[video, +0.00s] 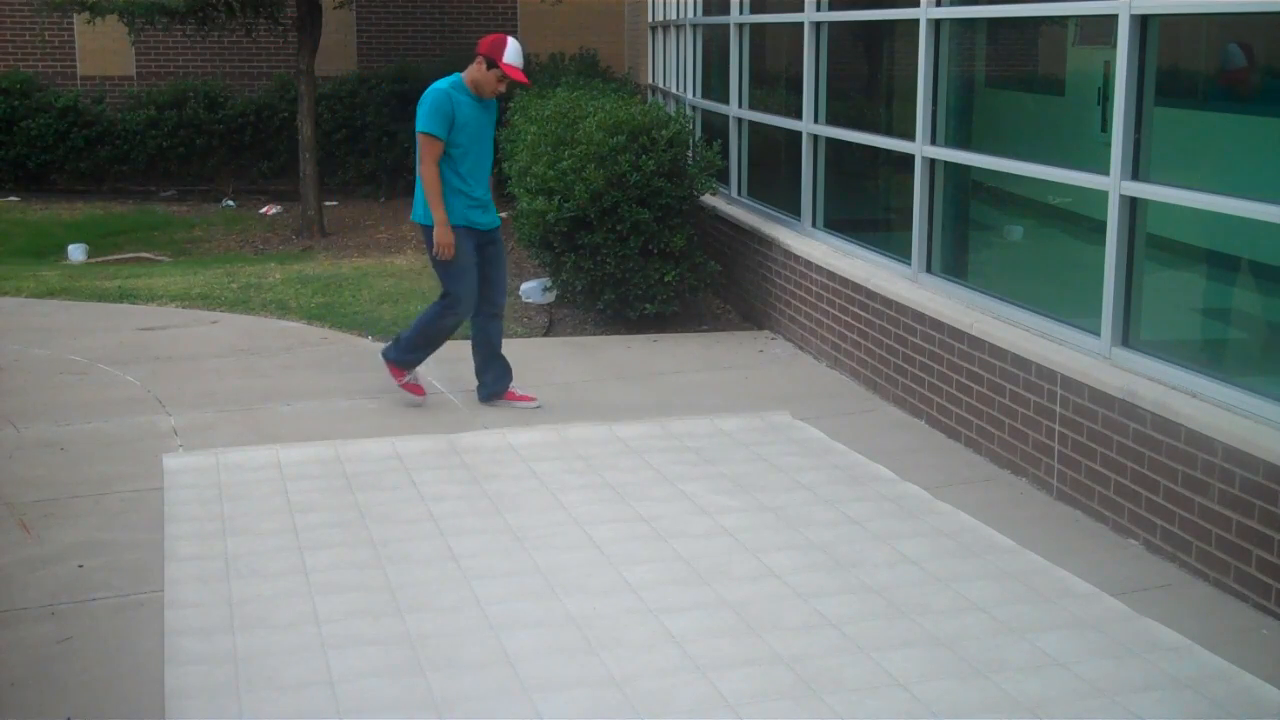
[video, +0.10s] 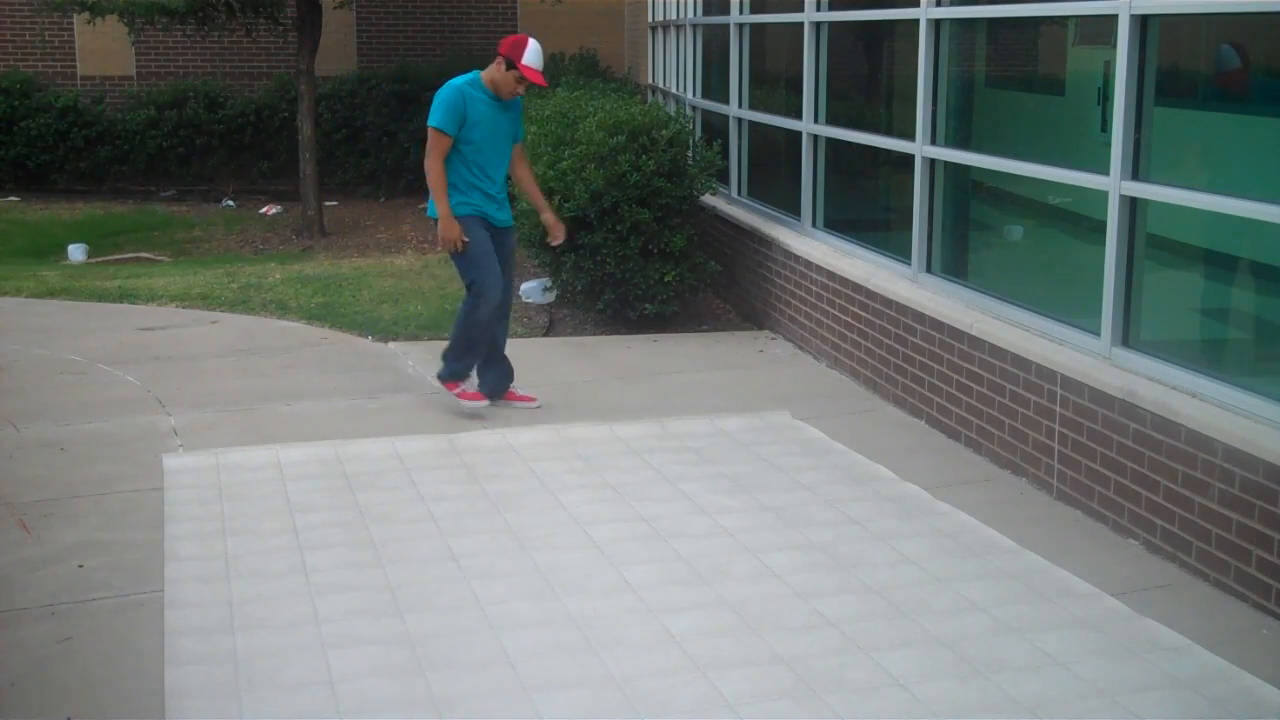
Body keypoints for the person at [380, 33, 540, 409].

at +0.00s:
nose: (503, 89)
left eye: (508, 83)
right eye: (500, 79)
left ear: (491, 71)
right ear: (479, 64)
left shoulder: (488, 102)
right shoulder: (440, 97)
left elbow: (481, 163)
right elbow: (427, 163)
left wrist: (490, 211)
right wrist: (441, 224)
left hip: (484, 220)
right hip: (448, 221)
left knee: (491, 305)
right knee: (460, 301)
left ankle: (493, 387)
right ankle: (399, 357)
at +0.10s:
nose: (522, 89)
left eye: (527, 83)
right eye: (519, 79)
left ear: (524, 77)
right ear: (499, 63)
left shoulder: (514, 103)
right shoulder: (456, 94)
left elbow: (518, 163)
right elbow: (433, 157)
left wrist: (546, 212)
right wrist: (445, 216)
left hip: (499, 213)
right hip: (460, 212)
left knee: (501, 296)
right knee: (488, 290)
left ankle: (495, 385)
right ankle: (452, 373)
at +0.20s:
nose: (536, 95)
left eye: (541, 90)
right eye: (534, 86)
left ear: (544, 84)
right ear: (515, 68)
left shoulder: (532, 109)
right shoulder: (469, 94)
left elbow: (550, 159)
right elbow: (441, 156)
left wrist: (592, 199)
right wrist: (449, 214)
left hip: (511, 210)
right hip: (472, 206)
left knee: (503, 292)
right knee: (504, 288)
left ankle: (496, 383)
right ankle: (503, 387)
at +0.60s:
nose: (592, 113)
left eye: (598, 108)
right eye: (592, 104)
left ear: (582, 88)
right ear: (576, 83)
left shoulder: (565, 108)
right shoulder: (534, 110)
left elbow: (575, 147)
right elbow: (502, 176)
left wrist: (610, 174)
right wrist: (496, 240)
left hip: (550, 226)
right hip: (527, 227)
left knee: (527, 306)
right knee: (558, 315)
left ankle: (502, 378)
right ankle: (566, 414)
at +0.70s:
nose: (614, 127)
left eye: (619, 123)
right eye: (614, 120)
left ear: (603, 99)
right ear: (598, 98)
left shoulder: (580, 106)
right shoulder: (556, 122)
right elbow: (523, 186)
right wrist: (531, 253)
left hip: (555, 226)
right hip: (541, 230)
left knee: (550, 304)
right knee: (568, 317)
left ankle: (508, 369)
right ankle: (567, 415)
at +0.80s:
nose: (625, 138)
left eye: (631, 133)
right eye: (624, 130)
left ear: (613, 105)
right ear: (608, 109)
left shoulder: (592, 96)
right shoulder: (569, 133)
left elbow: (544, 126)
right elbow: (536, 195)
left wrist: (518, 162)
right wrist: (567, 255)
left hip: (567, 222)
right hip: (536, 229)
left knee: (579, 302)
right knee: (565, 313)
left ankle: (519, 359)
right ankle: (567, 415)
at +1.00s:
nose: (636, 146)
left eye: (643, 142)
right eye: (636, 139)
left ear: (628, 109)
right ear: (623, 117)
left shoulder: (604, 93)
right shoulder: (585, 138)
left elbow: (550, 111)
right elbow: (558, 205)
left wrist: (518, 141)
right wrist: (599, 257)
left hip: (579, 213)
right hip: (542, 221)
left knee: (605, 299)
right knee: (565, 314)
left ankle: (582, 386)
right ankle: (566, 415)